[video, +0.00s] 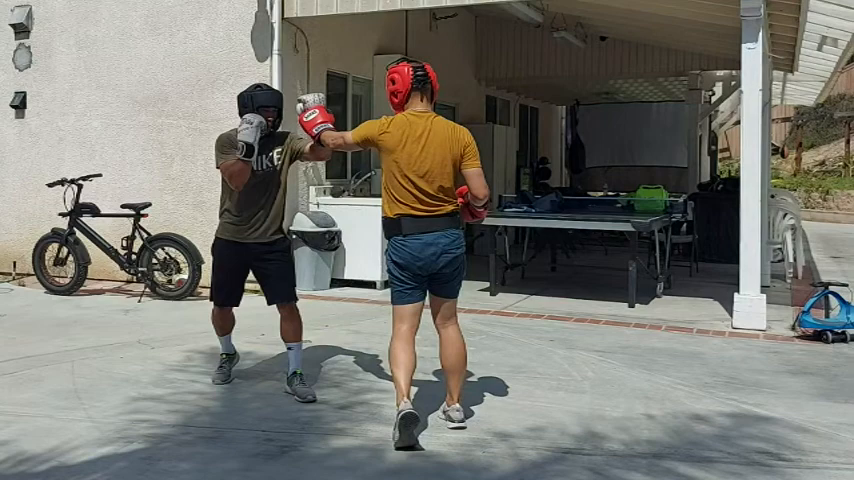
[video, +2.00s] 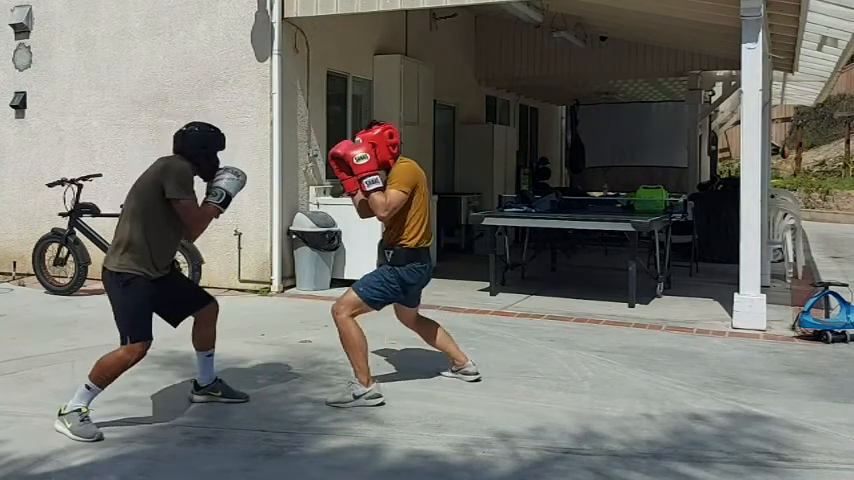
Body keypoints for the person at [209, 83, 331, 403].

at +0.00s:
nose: (270, 119)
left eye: (275, 114)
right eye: (264, 113)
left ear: (279, 116)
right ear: (247, 114)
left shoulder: (286, 141)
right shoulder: (228, 141)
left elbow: (322, 153)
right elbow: (236, 180)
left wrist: (317, 121)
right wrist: (248, 144)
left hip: (273, 240)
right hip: (231, 240)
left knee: (287, 304)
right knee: (221, 307)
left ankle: (295, 374)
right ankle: (227, 353)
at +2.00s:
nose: (218, 159)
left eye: (218, 152)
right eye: (215, 152)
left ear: (187, 148)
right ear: (200, 152)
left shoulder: (176, 174)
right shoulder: (174, 168)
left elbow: (188, 231)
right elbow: (195, 225)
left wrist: (215, 200)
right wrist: (219, 195)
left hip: (157, 270)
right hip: (127, 271)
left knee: (207, 309)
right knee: (136, 345)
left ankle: (206, 383)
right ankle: (73, 410)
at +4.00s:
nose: (184, 136)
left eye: (183, 130)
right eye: (178, 131)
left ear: (162, 137)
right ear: (160, 137)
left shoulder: (186, 160)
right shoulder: (130, 167)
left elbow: (224, 174)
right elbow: (150, 214)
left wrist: (245, 164)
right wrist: (181, 185)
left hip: (174, 265)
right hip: (130, 266)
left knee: (227, 305)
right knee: (90, 334)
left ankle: (222, 370)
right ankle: (29, 404)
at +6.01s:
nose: (88, 109)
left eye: (94, 104)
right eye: (84, 102)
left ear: (101, 106)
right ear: (71, 104)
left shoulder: (111, 136)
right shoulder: (54, 135)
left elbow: (124, 184)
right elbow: (41, 184)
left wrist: (101, 213)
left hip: (106, 235)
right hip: (61, 236)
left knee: (124, 301)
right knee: (49, 304)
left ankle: (133, 362)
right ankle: (51, 361)